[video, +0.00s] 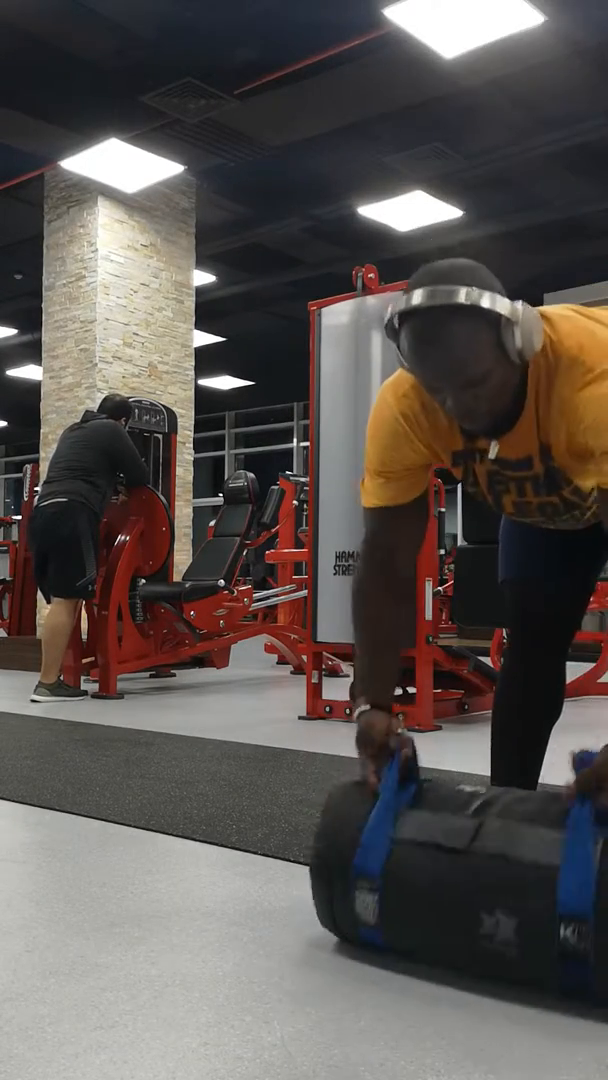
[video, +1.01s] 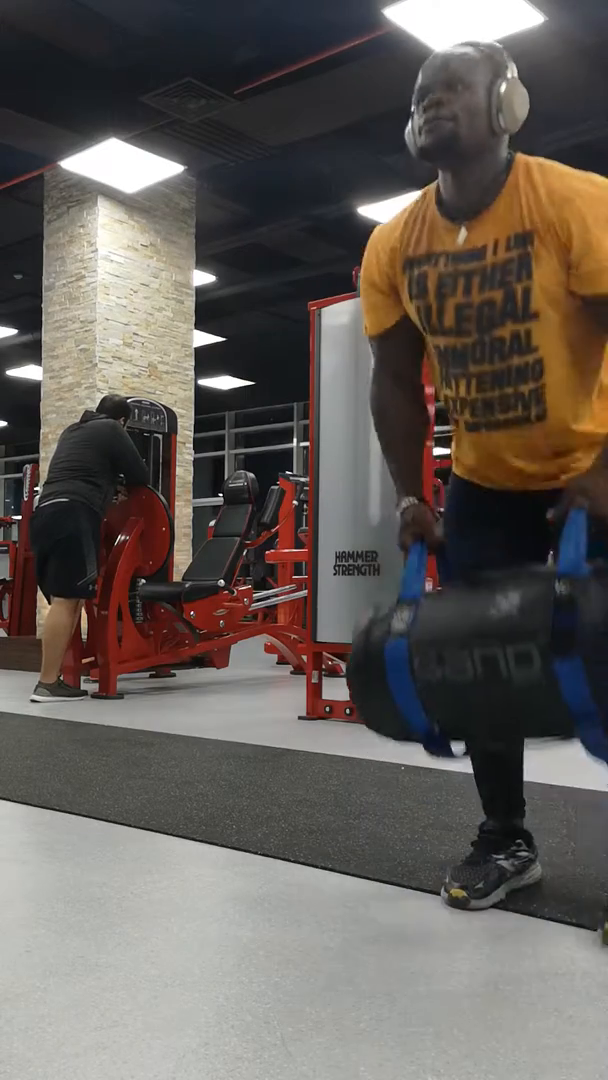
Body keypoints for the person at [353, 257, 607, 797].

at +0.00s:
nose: (458, 409)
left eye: (474, 385)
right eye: (438, 392)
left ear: (515, 348)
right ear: (416, 374)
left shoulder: (591, 388)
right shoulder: (404, 409)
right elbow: (385, 558)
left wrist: (606, 759)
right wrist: (375, 703)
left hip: (603, 491)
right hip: (543, 506)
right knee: (530, 656)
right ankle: (505, 820)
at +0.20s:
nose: (454, 388)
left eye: (468, 364)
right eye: (433, 372)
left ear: (512, 323)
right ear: (413, 356)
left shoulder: (592, 365)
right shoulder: (406, 404)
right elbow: (394, 555)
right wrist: (396, 696)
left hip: (604, 492)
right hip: (547, 507)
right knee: (531, 648)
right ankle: (506, 812)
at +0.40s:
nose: (447, 370)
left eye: (463, 347)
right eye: (428, 352)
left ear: (512, 319)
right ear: (411, 345)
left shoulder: (593, 364)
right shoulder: (408, 403)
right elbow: (411, 551)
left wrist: (607, 719)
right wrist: (415, 688)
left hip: (606, 499)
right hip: (548, 510)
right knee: (528, 649)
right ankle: (507, 819)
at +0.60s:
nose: (435, 279)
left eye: (456, 254)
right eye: (420, 262)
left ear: (508, 246)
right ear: (406, 270)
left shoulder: (591, 311)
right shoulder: (407, 356)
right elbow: (419, 504)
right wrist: (429, 645)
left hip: (603, 486)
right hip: (544, 498)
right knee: (514, 641)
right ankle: (505, 812)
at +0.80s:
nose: (426, 180)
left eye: (447, 159)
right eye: (414, 166)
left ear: (506, 163)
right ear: (408, 182)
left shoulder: (582, 250)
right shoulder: (403, 293)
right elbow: (402, 441)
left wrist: (598, 567)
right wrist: (417, 567)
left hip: (600, 477)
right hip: (515, 480)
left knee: (599, 666)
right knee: (482, 654)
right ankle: (500, 843)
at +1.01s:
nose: (424, 109)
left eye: (445, 93)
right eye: (418, 99)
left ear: (503, 105)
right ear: (414, 123)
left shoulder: (576, 202)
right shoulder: (395, 242)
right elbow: (394, 376)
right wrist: (408, 491)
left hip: (590, 468)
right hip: (485, 477)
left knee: (596, 646)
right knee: (476, 649)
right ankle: (504, 835)